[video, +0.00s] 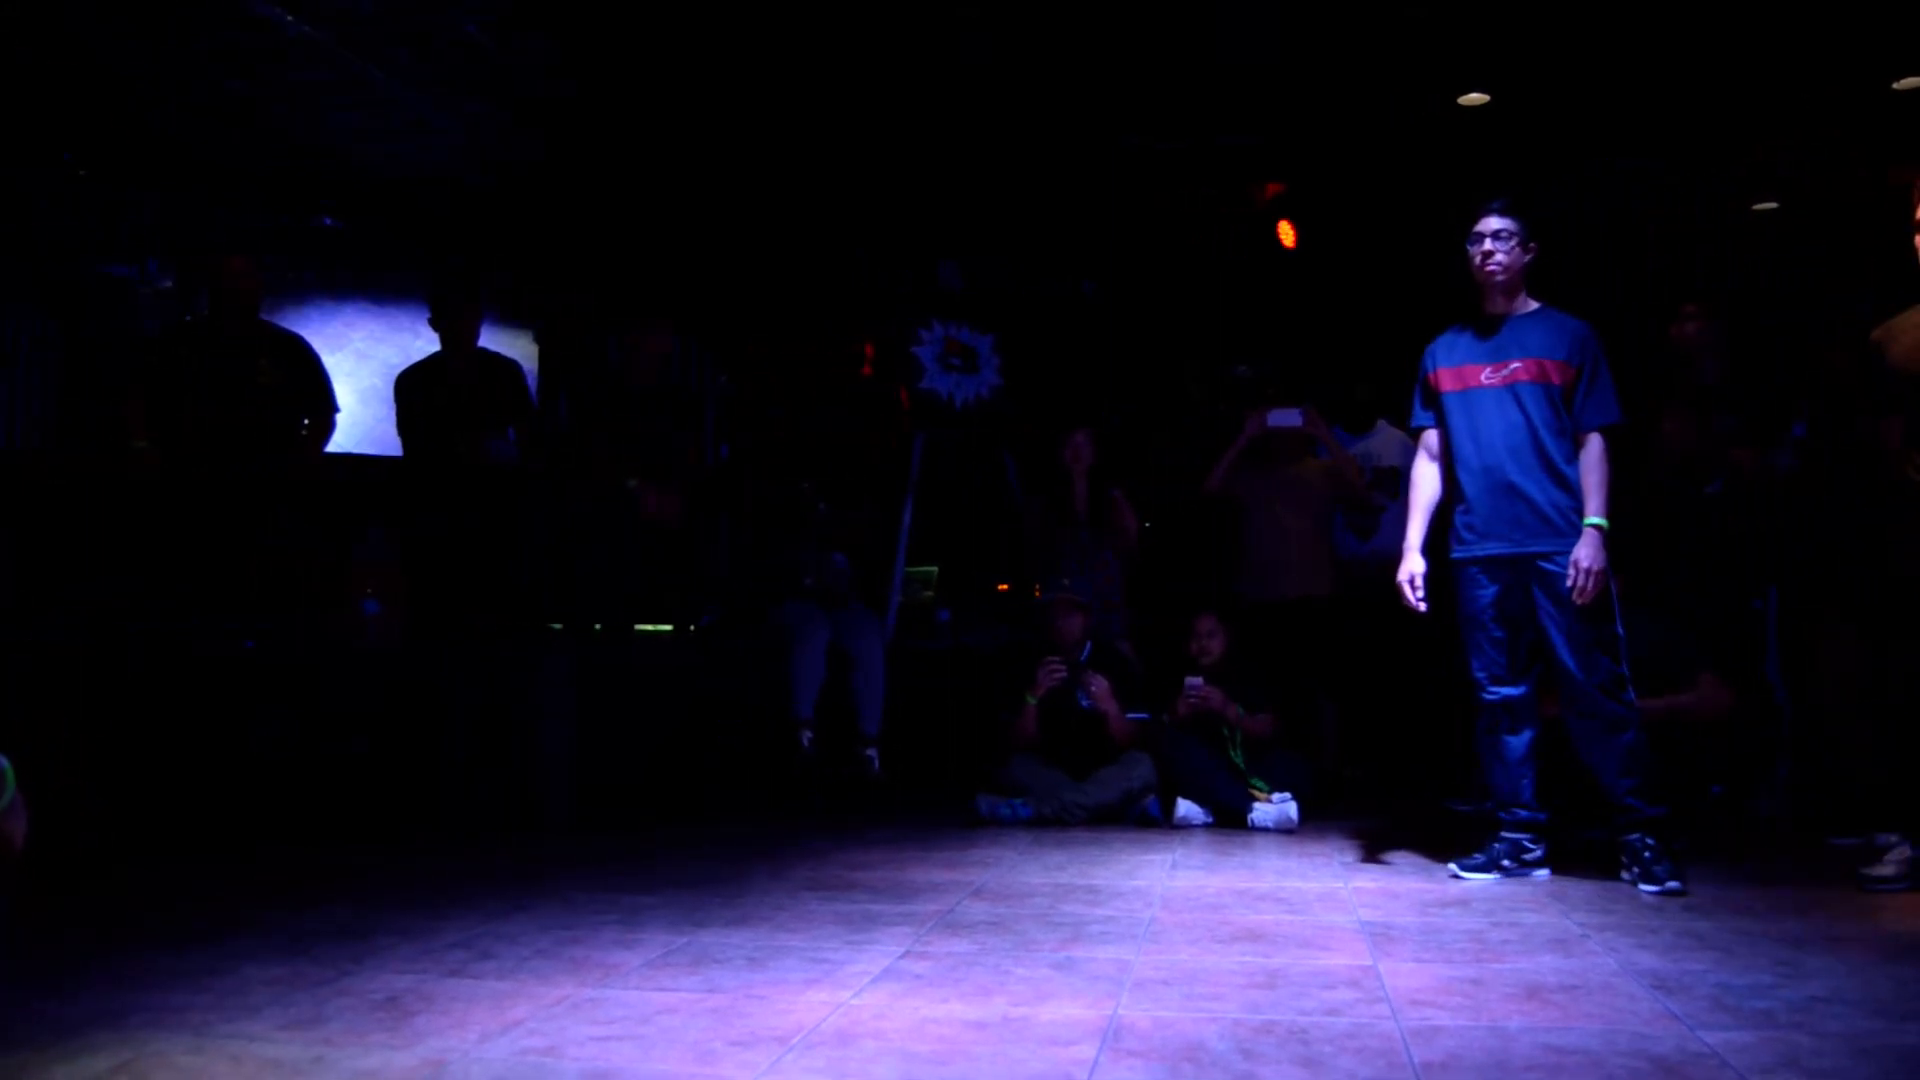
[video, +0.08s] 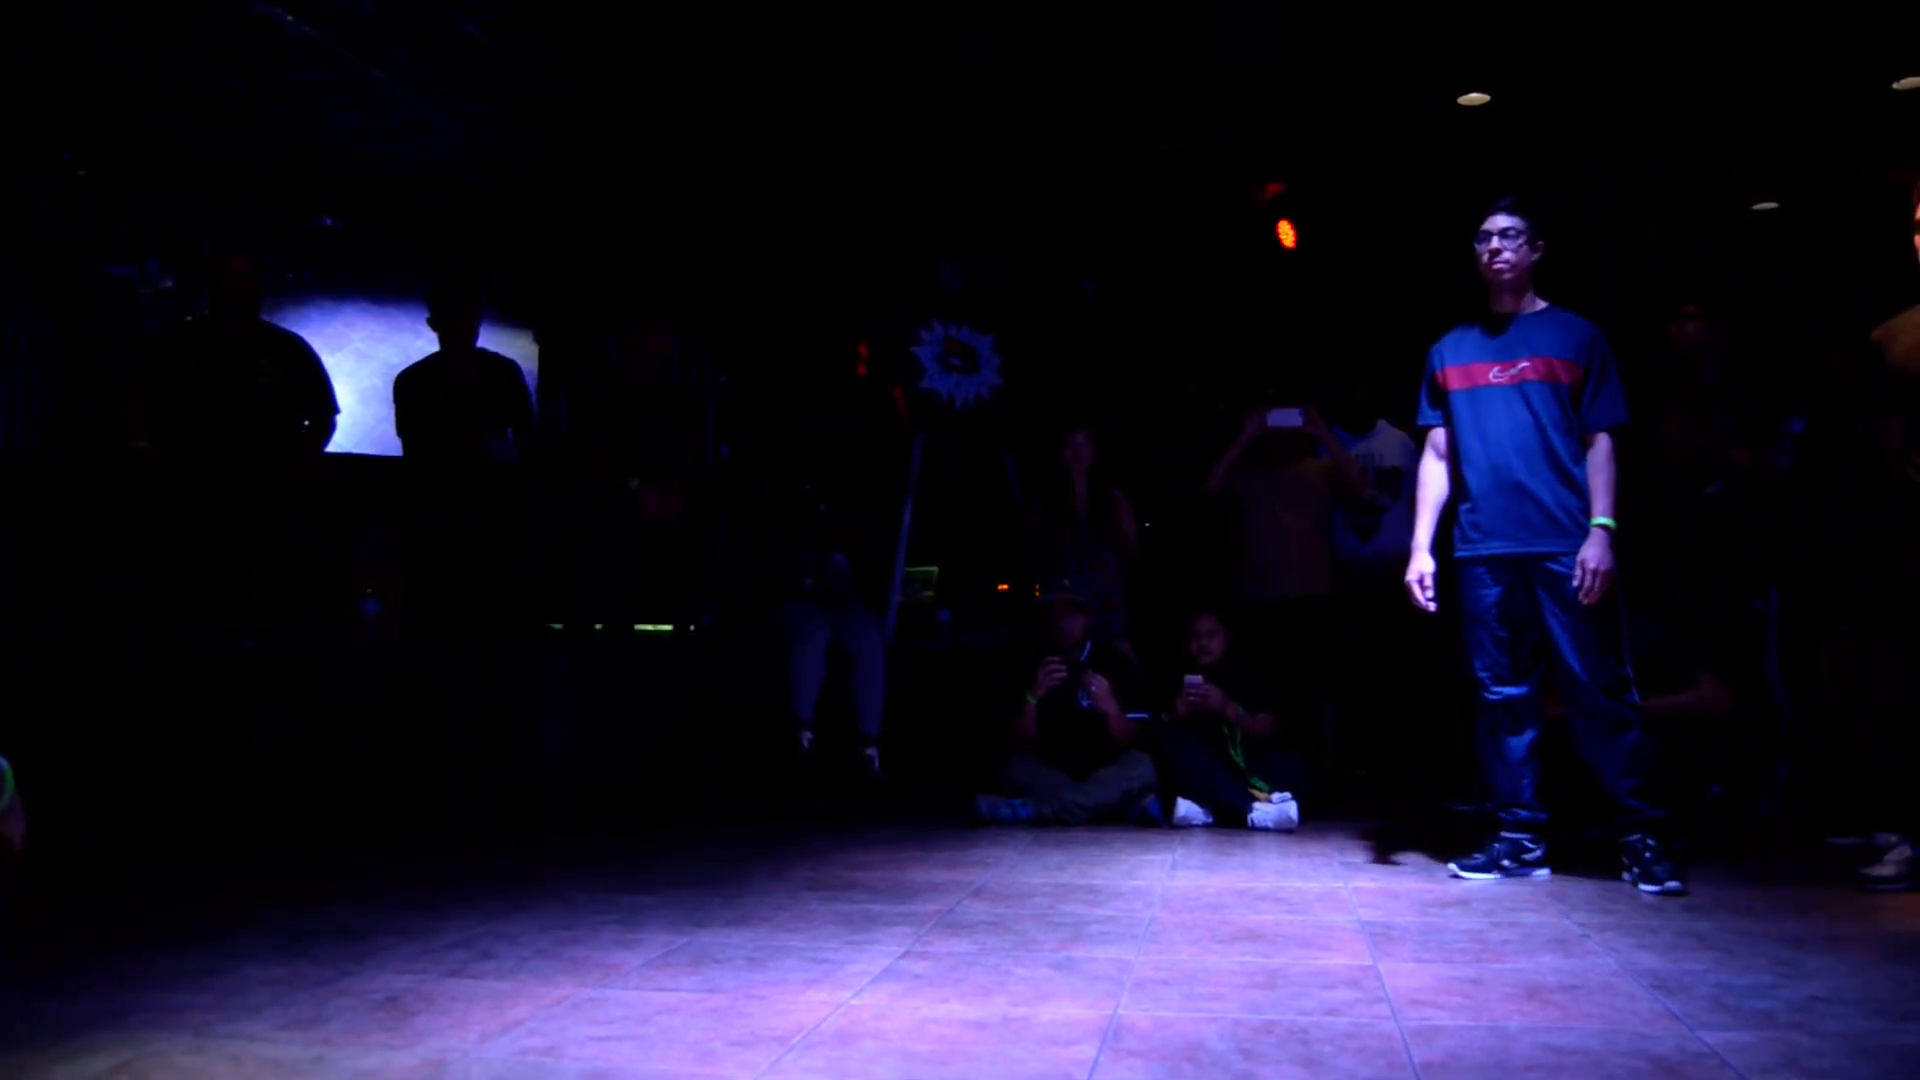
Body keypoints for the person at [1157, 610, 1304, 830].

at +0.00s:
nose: (1203, 644)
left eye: (1211, 636)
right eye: (1196, 637)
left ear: (1226, 638)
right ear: (1189, 642)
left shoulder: (1246, 675)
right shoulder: (1184, 676)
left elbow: (1265, 728)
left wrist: (1224, 707)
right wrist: (1181, 712)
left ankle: (1211, 810)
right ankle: (1251, 810)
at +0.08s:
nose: (1203, 644)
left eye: (1211, 636)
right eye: (1196, 637)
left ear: (1226, 638)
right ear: (1188, 642)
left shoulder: (1246, 675)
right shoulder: (1184, 676)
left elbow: (1265, 728)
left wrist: (1223, 706)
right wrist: (1180, 710)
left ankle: (1211, 811)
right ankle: (1251, 810)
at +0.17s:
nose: (1203, 644)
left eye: (1211, 636)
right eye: (1196, 637)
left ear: (1226, 638)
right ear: (1188, 642)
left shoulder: (1246, 674)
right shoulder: (1183, 675)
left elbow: (1265, 727)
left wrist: (1223, 705)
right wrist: (1178, 710)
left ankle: (1211, 811)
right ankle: (1251, 810)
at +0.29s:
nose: (1203, 644)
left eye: (1211, 636)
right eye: (1196, 637)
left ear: (1226, 638)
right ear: (1188, 642)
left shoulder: (1246, 675)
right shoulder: (1183, 676)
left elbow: (1265, 727)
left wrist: (1223, 705)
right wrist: (1178, 710)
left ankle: (1211, 811)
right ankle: (1251, 810)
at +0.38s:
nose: (1203, 644)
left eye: (1211, 636)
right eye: (1196, 637)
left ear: (1226, 638)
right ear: (1188, 643)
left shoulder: (1246, 675)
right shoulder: (1183, 676)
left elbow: (1265, 727)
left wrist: (1224, 705)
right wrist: (1178, 710)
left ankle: (1211, 811)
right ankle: (1251, 810)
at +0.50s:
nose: (1203, 644)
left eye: (1211, 636)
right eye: (1196, 637)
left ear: (1226, 638)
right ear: (1188, 642)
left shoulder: (1245, 675)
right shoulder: (1182, 676)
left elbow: (1265, 727)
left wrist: (1224, 706)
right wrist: (1181, 711)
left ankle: (1211, 811)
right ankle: (1251, 810)